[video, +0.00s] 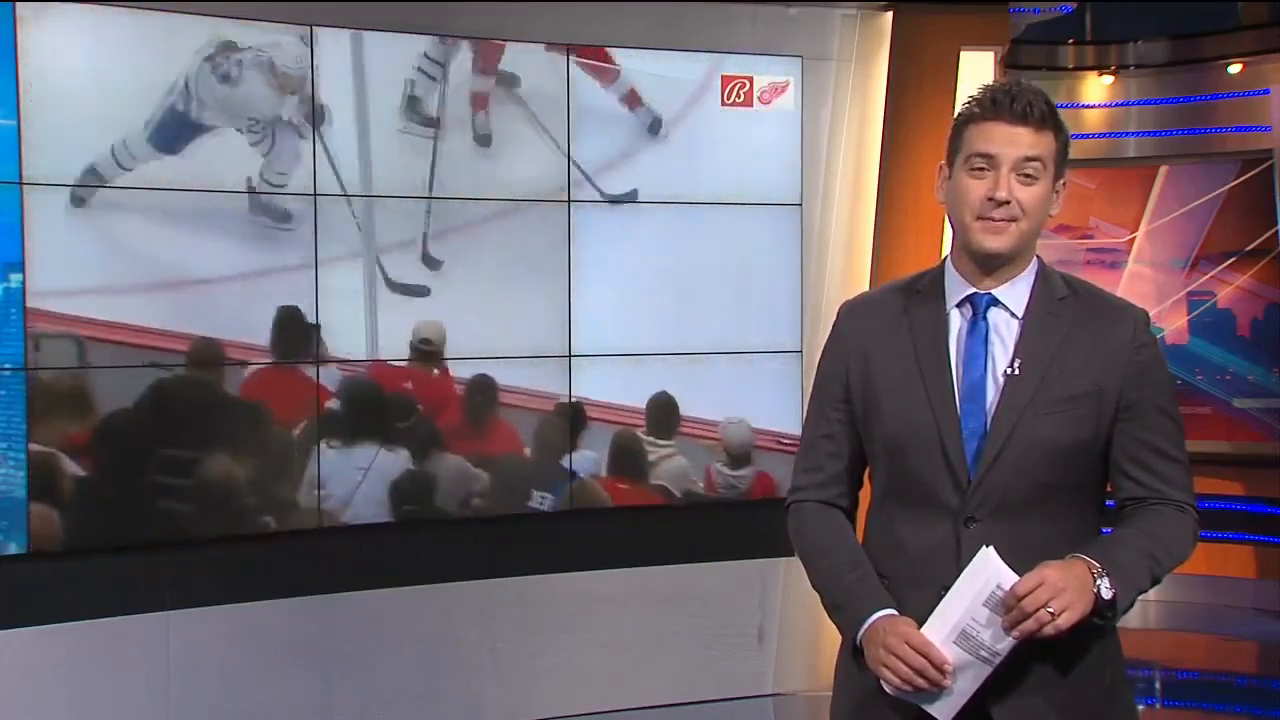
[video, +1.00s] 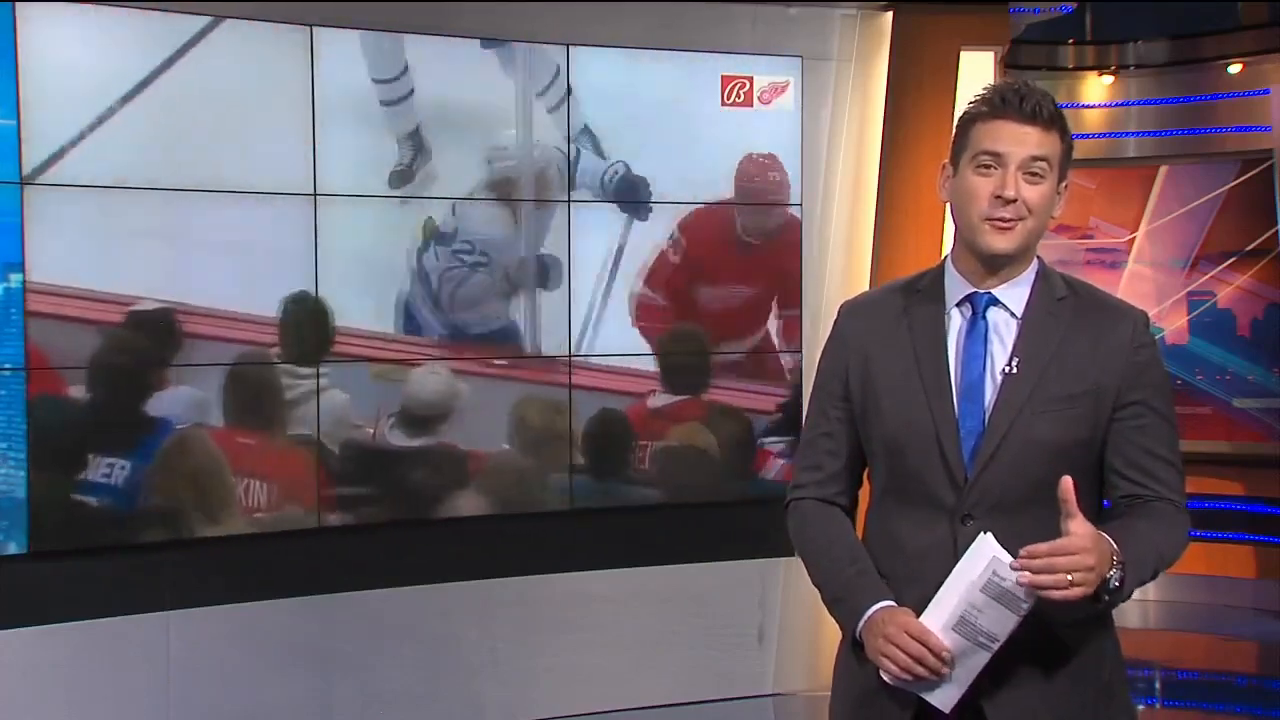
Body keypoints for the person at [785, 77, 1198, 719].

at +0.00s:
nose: (1001, 192)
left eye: (1027, 174)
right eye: (980, 167)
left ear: (1055, 196)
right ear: (945, 184)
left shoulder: (1119, 336)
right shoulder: (865, 327)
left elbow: (1166, 509)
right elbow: (815, 500)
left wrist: (1096, 572)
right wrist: (871, 619)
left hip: (1056, 691)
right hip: (892, 687)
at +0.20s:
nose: (1002, 193)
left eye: (1028, 175)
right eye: (981, 168)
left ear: (1056, 197)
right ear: (945, 184)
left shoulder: (1120, 337)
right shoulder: (864, 327)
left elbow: (1166, 508)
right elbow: (816, 499)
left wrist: (1110, 547)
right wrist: (870, 619)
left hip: (1057, 692)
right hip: (891, 686)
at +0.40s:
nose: (1009, 197)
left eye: (1034, 177)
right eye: (987, 171)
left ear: (1058, 198)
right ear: (947, 185)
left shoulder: (1119, 336)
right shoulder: (864, 327)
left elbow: (1166, 511)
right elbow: (816, 499)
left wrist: (1113, 529)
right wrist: (870, 618)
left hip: (1056, 689)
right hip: (892, 685)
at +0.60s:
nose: (1009, 191)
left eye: (1034, 173)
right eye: (989, 166)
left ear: (1059, 196)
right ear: (949, 183)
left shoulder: (1119, 337)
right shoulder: (865, 326)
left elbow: (1158, 508)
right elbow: (816, 497)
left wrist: (1112, 551)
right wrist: (868, 614)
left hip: (1056, 691)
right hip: (890, 687)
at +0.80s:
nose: (1010, 192)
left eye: (1034, 174)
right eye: (989, 167)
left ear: (1059, 196)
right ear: (949, 183)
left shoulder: (1119, 337)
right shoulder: (864, 326)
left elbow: (1157, 509)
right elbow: (816, 497)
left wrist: (1113, 560)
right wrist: (868, 613)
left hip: (1055, 693)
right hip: (890, 689)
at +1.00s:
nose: (1008, 191)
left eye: (1033, 173)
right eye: (987, 166)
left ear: (1058, 196)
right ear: (949, 183)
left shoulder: (1118, 337)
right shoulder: (864, 327)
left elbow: (1158, 509)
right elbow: (816, 498)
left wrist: (1111, 557)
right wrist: (869, 612)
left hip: (1055, 692)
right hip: (890, 688)